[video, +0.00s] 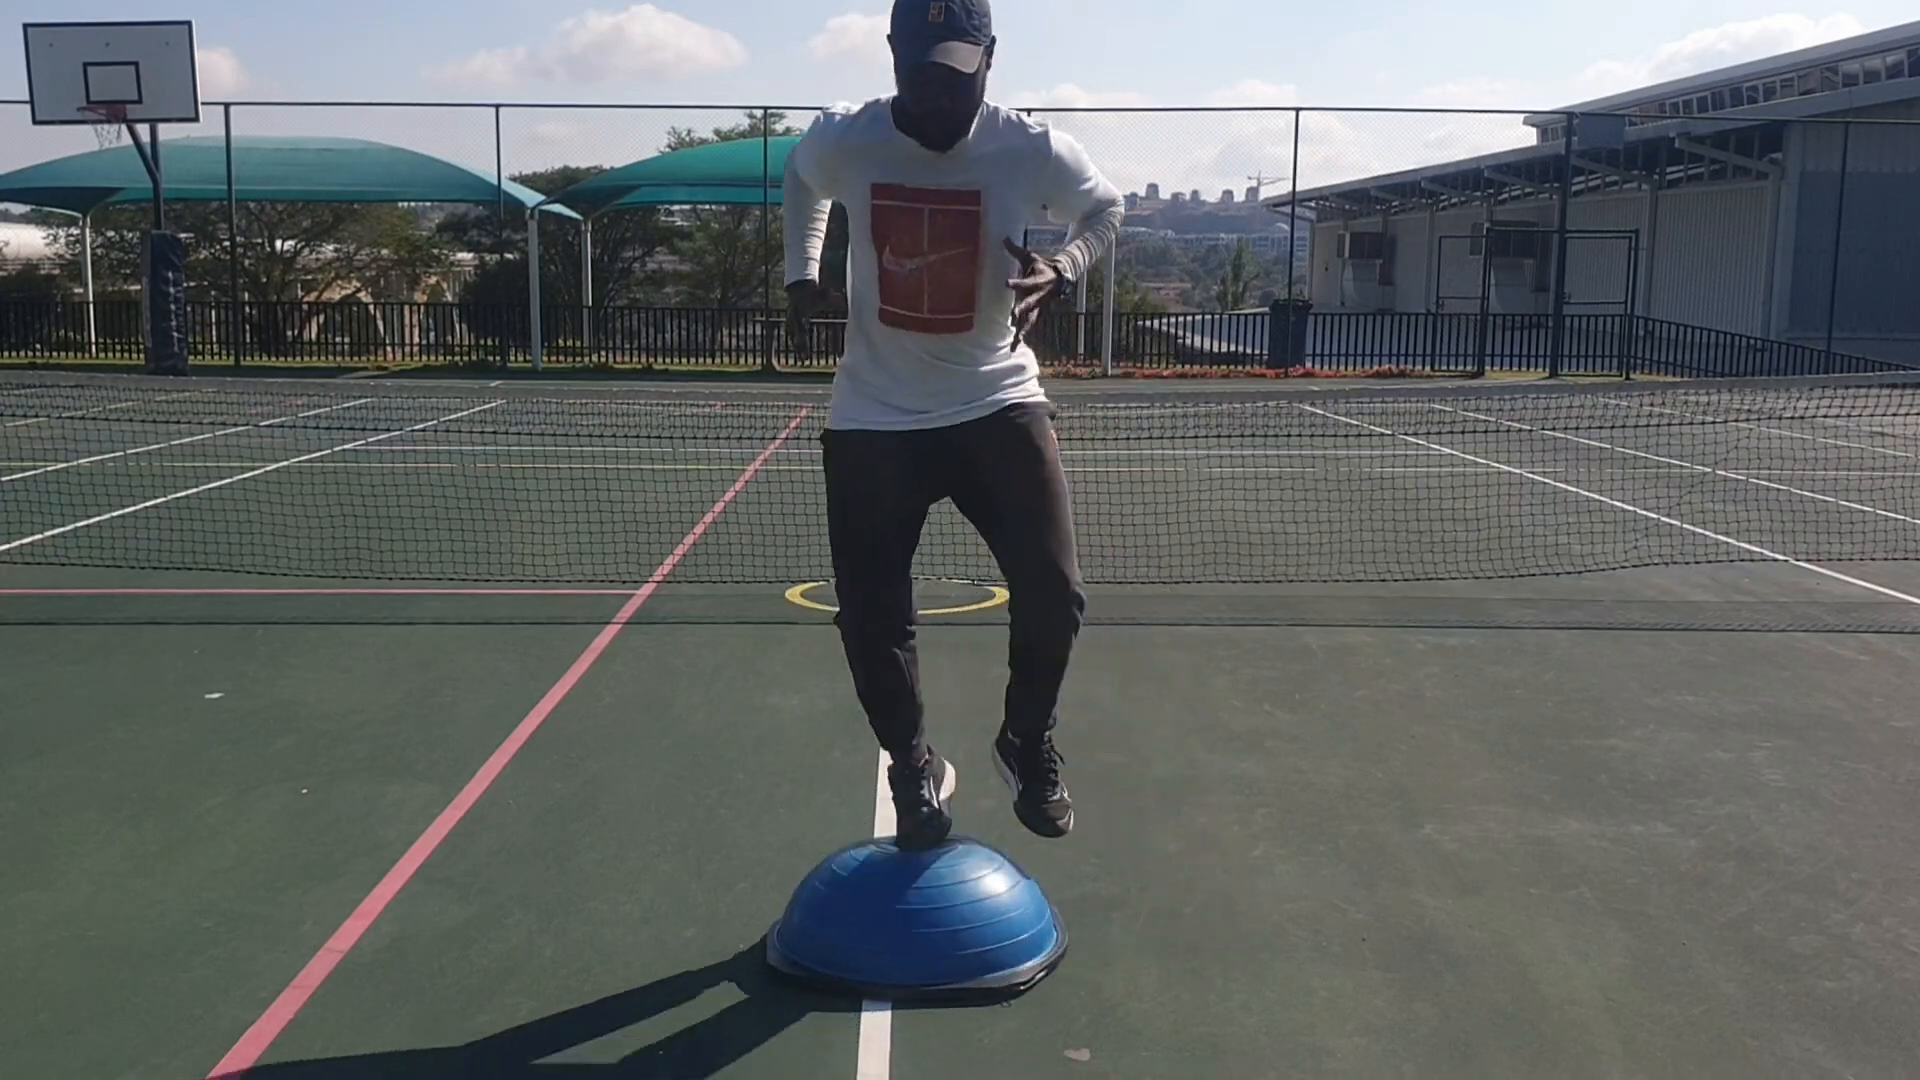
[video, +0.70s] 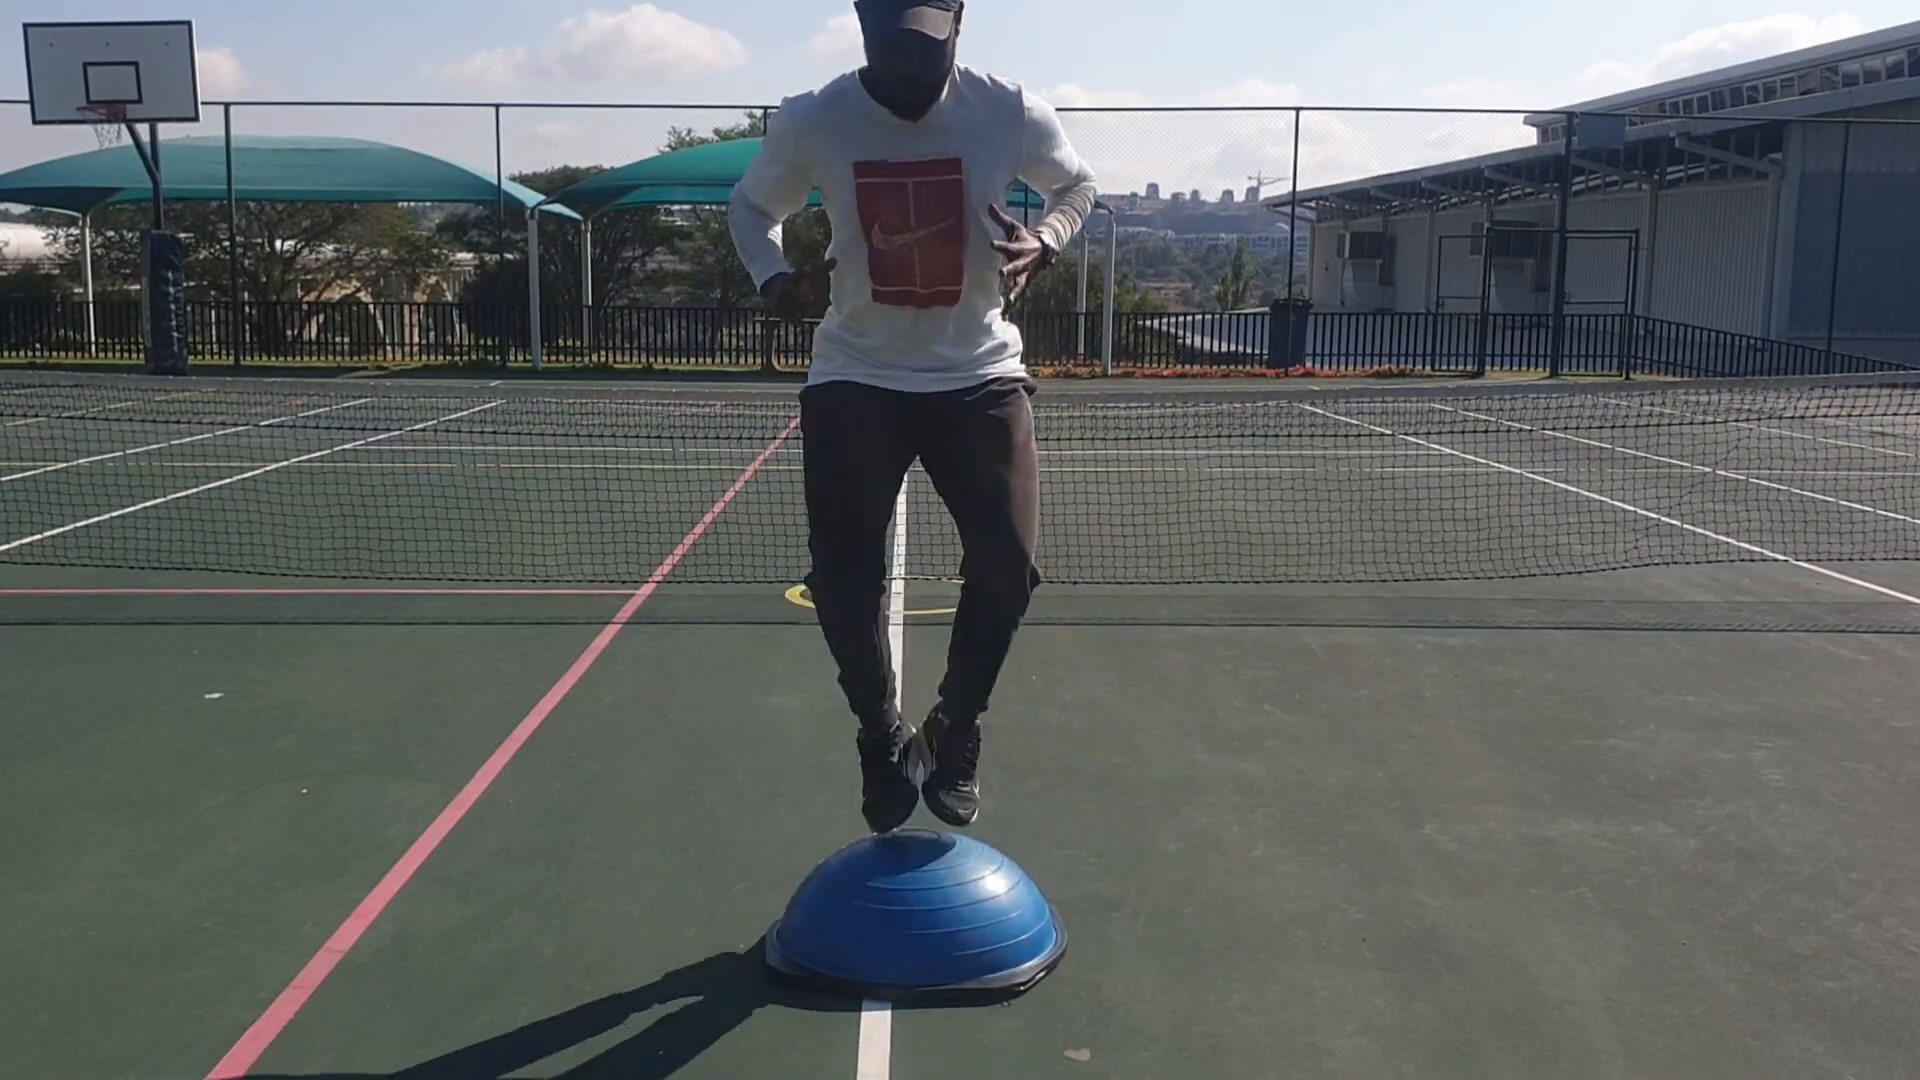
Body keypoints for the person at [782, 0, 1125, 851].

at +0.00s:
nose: (944, 96)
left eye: (961, 80)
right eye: (928, 76)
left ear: (987, 69)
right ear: (897, 59)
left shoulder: (1030, 150)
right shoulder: (842, 143)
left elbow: (1106, 208)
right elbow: (803, 180)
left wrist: (1063, 262)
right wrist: (804, 281)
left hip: (995, 399)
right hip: (874, 408)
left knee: (1053, 591)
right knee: (870, 615)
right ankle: (911, 769)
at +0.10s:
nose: (913, 89)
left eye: (931, 72)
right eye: (898, 69)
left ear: (960, 59)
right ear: (870, 52)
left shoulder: (1005, 141)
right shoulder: (815, 133)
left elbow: (1070, 191)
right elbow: (760, 178)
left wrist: (1034, 257)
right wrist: (771, 282)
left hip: (961, 385)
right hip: (839, 381)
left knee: (987, 571)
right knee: (796, 574)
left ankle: (931, 744)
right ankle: (827, 725)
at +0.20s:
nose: (889, 111)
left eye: (905, 91)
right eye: (870, 92)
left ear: (932, 77)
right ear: (838, 75)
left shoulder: (979, 164)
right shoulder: (781, 158)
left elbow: (1029, 210)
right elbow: (732, 208)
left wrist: (993, 278)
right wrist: (748, 310)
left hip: (923, 431)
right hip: (799, 428)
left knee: (925, 630)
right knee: (742, 623)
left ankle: (880, 806)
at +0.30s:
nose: (866, 174)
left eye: (882, 154)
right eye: (846, 155)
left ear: (906, 145)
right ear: (813, 147)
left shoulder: (951, 242)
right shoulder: (751, 229)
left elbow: (982, 293)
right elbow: (715, 291)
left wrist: (955, 348)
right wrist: (725, 378)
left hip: (881, 493)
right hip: (756, 500)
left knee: (915, 659)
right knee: (698, 688)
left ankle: (881, 812)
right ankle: (647, 860)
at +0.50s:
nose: (867, 131)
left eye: (883, 113)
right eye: (850, 113)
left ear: (913, 108)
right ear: (819, 108)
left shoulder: (963, 209)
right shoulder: (766, 204)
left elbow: (1006, 279)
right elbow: (709, 294)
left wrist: (977, 311)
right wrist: (738, 339)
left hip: (905, 469)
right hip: (782, 474)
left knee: (912, 662)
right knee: (727, 670)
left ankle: (875, 826)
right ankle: (667, 841)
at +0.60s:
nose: (887, 79)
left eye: (904, 59)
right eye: (871, 58)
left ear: (933, 50)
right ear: (841, 48)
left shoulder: (986, 137)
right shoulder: (788, 146)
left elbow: (1043, 207)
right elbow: (732, 236)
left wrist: (1018, 247)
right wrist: (751, 289)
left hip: (939, 415)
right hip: (815, 413)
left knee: (929, 618)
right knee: (778, 608)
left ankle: (892, 796)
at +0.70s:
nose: (909, 65)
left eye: (926, 43)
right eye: (890, 44)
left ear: (957, 29)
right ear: (863, 36)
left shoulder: (1012, 117)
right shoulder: (811, 125)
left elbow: (1076, 186)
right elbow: (749, 208)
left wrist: (1049, 237)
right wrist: (772, 275)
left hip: (977, 370)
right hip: (854, 370)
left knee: (1008, 566)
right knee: (843, 574)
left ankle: (954, 731)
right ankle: (881, 735)